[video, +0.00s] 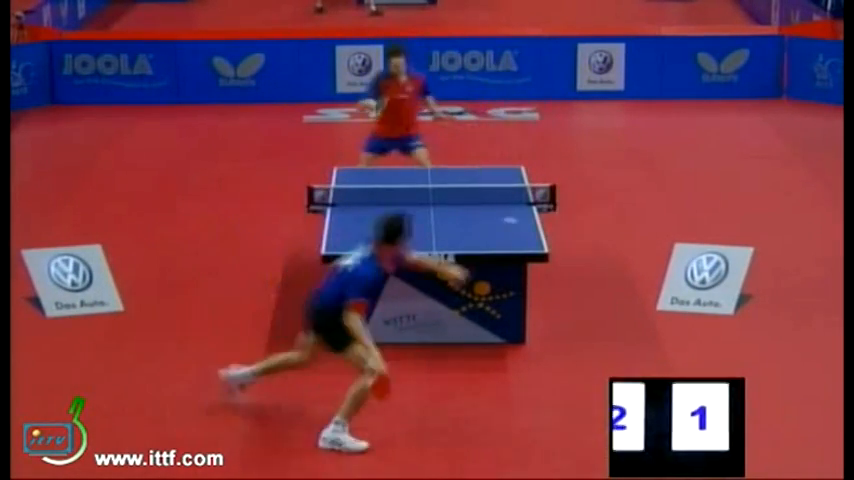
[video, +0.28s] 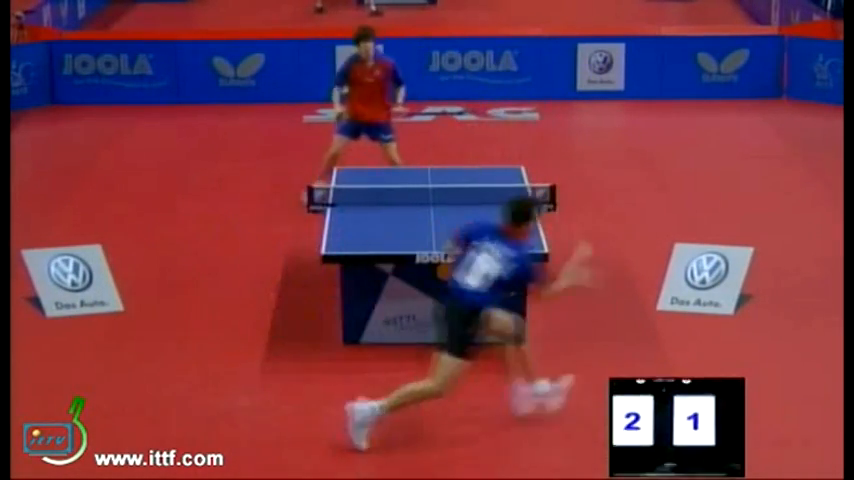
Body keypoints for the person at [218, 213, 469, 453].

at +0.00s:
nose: (402, 252)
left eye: (402, 247)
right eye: (399, 247)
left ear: (384, 243)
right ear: (387, 247)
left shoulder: (380, 256)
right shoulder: (368, 274)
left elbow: (412, 262)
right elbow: (352, 318)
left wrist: (443, 268)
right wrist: (375, 357)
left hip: (318, 309)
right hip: (330, 319)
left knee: (303, 356)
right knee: (374, 370)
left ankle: (243, 374)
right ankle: (336, 430)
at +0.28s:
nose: (530, 229)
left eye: (528, 223)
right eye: (529, 224)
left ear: (505, 218)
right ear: (523, 226)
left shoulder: (481, 232)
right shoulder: (519, 259)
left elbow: (448, 262)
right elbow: (546, 291)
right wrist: (571, 274)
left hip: (456, 303)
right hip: (465, 312)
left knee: (513, 328)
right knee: (439, 384)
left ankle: (527, 392)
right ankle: (370, 410)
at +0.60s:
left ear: (605, 237)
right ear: (631, 239)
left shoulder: (588, 265)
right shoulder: (633, 268)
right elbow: (668, 297)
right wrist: (687, 298)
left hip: (577, 340)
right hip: (605, 341)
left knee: (624, 373)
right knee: (641, 373)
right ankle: (607, 419)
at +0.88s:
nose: (618, 220)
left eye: (620, 217)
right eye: (621, 216)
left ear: (622, 221)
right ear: (647, 222)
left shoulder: (605, 251)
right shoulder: (657, 254)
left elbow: (577, 293)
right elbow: (670, 300)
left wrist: (586, 315)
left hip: (610, 325)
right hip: (647, 327)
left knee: (584, 352)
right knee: (679, 374)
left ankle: (567, 407)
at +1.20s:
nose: (595, 208)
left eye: (596, 205)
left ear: (597, 209)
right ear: (623, 211)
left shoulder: (583, 239)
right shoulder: (634, 243)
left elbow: (557, 283)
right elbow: (647, 284)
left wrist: (579, 295)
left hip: (587, 316)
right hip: (624, 317)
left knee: (541, 366)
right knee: (652, 362)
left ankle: (513, 426)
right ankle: (671, 419)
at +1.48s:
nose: (572, 246)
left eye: (574, 243)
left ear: (574, 247)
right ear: (598, 254)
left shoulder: (553, 274)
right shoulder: (591, 289)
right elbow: (586, 338)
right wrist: (617, 363)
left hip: (532, 356)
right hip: (566, 357)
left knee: (492, 395)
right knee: (617, 374)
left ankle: (491, 444)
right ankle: (634, 447)